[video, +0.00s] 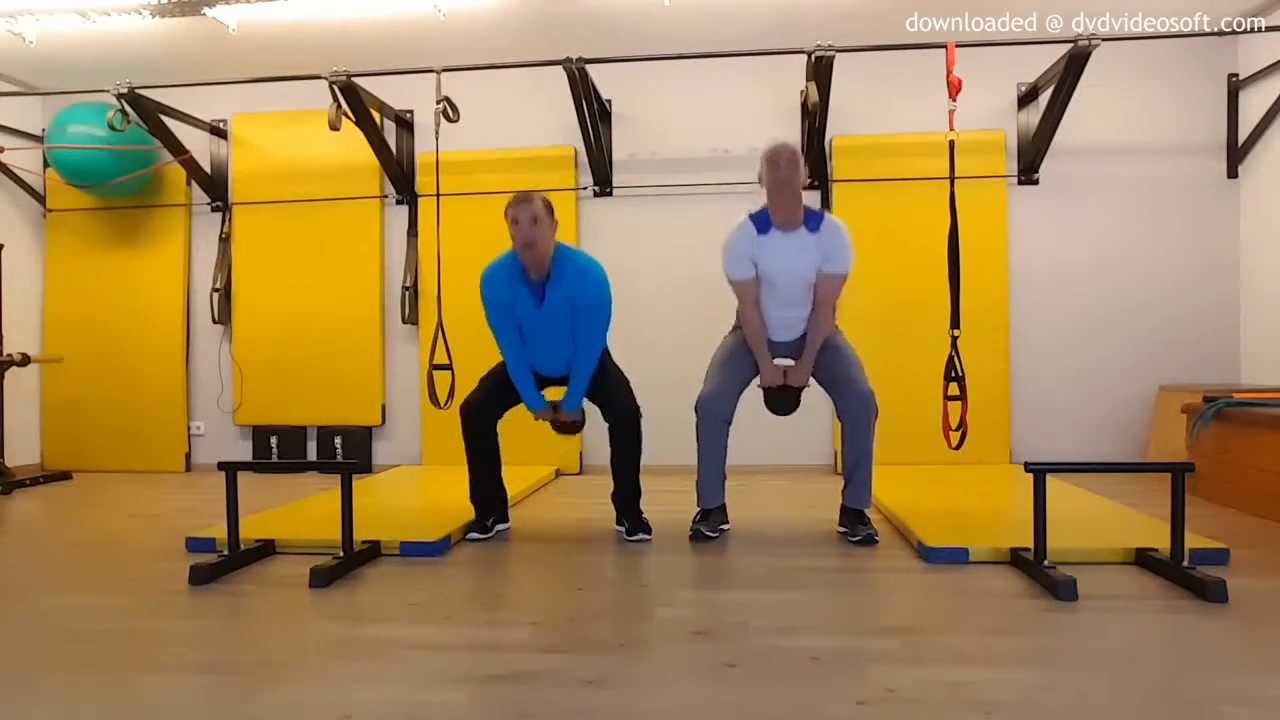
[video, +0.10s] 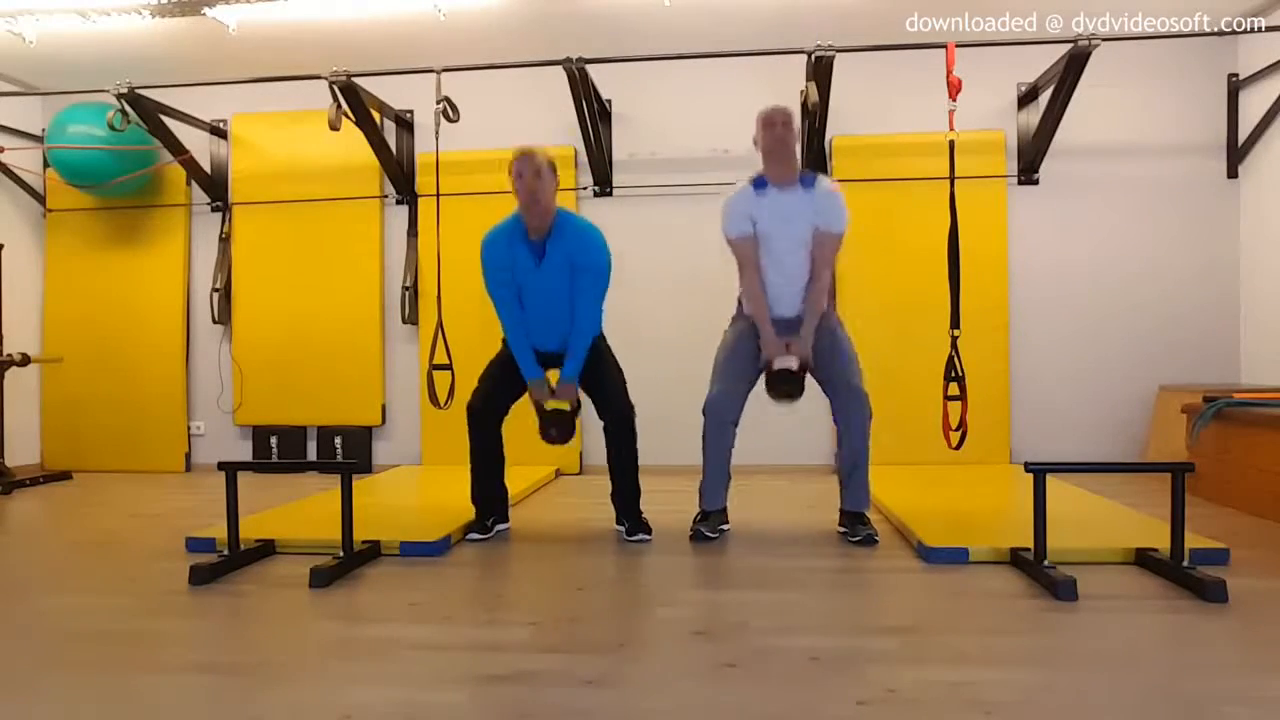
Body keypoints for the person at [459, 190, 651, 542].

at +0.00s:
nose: (526, 231)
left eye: (535, 221)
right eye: (517, 223)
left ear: (553, 226)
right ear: (509, 231)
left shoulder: (588, 274)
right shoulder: (495, 280)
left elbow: (589, 348)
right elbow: (512, 351)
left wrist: (572, 404)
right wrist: (538, 405)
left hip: (585, 362)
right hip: (527, 366)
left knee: (626, 413)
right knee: (475, 413)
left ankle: (629, 514)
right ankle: (492, 514)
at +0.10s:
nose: (528, 183)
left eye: (537, 175)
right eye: (520, 176)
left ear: (555, 183)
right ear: (512, 186)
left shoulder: (588, 241)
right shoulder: (496, 245)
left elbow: (588, 321)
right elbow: (512, 322)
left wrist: (569, 378)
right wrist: (536, 384)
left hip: (582, 346)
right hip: (524, 348)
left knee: (620, 413)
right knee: (482, 411)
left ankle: (629, 514)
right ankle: (492, 513)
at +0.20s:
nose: (531, 144)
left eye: (541, 136)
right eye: (524, 138)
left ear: (560, 147)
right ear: (516, 150)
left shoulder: (587, 205)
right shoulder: (500, 208)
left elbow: (582, 278)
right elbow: (502, 279)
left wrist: (559, 337)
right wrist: (518, 337)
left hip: (577, 326)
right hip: (520, 327)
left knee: (610, 410)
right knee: (489, 412)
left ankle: (628, 514)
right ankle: (492, 514)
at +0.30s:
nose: (538, 128)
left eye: (546, 122)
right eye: (531, 123)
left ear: (564, 134)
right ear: (521, 136)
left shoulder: (588, 184)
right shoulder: (502, 186)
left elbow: (581, 230)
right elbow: (492, 228)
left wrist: (550, 260)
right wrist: (508, 261)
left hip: (574, 317)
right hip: (521, 316)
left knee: (603, 413)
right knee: (500, 413)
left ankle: (628, 513)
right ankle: (492, 513)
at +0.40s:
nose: (540, 131)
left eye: (548, 126)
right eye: (534, 126)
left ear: (566, 138)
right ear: (524, 139)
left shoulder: (587, 178)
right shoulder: (511, 178)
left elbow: (590, 197)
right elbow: (492, 197)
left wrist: (543, 199)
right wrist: (510, 203)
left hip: (573, 316)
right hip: (520, 313)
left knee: (600, 415)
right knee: (505, 416)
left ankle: (629, 515)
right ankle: (493, 515)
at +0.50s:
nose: (546, 129)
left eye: (554, 124)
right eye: (538, 125)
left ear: (570, 140)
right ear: (527, 139)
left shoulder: (589, 176)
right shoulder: (514, 180)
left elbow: (577, 174)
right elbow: (488, 180)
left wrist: (537, 143)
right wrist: (493, 144)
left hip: (572, 312)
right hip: (519, 310)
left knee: (599, 413)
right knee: (506, 415)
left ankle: (630, 516)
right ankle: (493, 515)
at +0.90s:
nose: (543, 129)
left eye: (552, 123)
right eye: (535, 125)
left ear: (569, 138)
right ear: (525, 139)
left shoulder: (589, 175)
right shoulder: (514, 178)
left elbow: (585, 183)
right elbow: (494, 182)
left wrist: (545, 157)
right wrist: (497, 156)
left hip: (578, 317)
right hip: (526, 316)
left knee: (604, 415)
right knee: (506, 417)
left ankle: (629, 513)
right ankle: (493, 514)